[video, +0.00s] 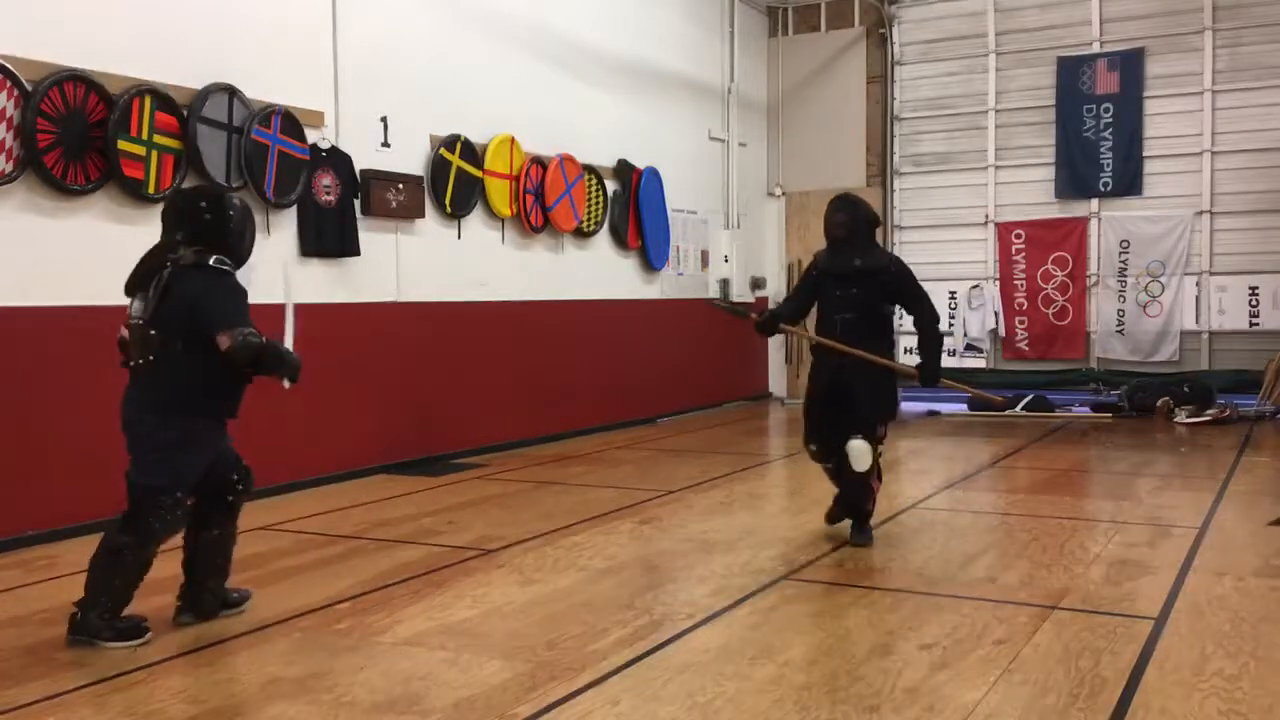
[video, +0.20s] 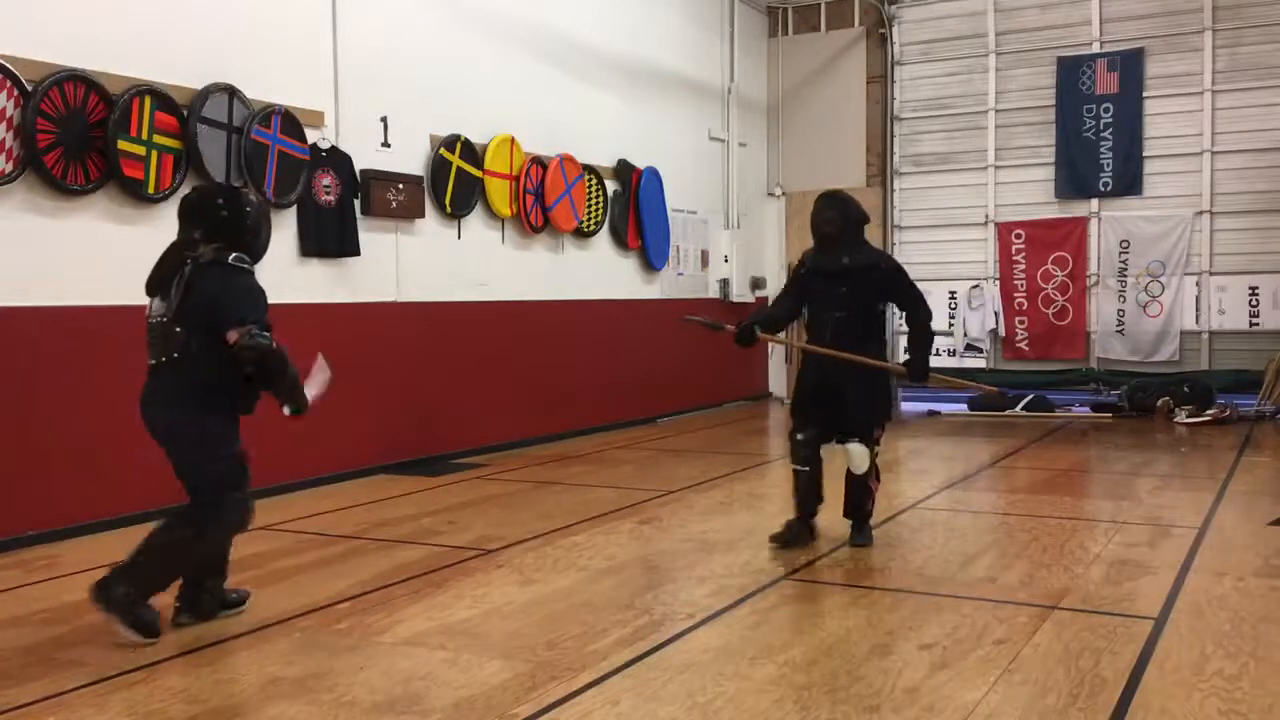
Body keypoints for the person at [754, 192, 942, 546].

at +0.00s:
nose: (831, 222)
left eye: (839, 215)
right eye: (830, 216)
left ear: (859, 221)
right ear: (827, 221)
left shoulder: (886, 266)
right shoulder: (823, 263)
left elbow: (925, 313)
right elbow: (799, 300)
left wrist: (929, 363)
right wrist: (774, 317)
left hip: (871, 366)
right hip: (827, 365)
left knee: (861, 443)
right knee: (819, 443)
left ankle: (861, 521)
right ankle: (850, 490)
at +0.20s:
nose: (823, 226)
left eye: (830, 218)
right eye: (819, 219)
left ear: (848, 221)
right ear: (813, 222)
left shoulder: (877, 265)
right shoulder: (810, 265)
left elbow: (917, 310)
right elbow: (787, 305)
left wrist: (918, 359)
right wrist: (757, 324)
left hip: (863, 370)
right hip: (817, 368)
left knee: (859, 446)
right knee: (803, 441)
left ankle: (860, 523)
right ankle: (804, 521)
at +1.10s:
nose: (806, 243)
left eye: (813, 236)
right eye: (800, 236)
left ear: (831, 237)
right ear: (792, 240)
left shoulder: (860, 278)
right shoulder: (788, 280)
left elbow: (907, 318)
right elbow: (765, 326)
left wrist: (925, 365)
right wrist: (738, 360)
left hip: (849, 388)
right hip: (798, 388)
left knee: (855, 467)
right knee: (784, 459)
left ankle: (857, 533)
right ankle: (765, 539)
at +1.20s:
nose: (796, 244)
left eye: (804, 236)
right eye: (790, 237)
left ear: (823, 237)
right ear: (781, 240)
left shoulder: (851, 277)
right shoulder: (778, 280)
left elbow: (894, 317)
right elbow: (754, 323)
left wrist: (910, 365)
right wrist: (729, 359)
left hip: (841, 388)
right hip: (789, 388)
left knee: (850, 467)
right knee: (777, 463)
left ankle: (857, 532)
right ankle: (762, 550)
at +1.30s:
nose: (783, 241)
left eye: (791, 233)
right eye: (777, 233)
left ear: (810, 234)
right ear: (768, 237)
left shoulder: (837, 276)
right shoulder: (764, 278)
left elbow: (880, 317)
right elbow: (741, 324)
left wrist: (896, 366)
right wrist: (718, 358)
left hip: (828, 387)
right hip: (776, 387)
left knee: (843, 468)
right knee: (768, 469)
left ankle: (856, 530)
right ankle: (758, 558)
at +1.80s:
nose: (770, 242)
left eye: (779, 235)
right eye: (762, 234)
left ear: (796, 239)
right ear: (752, 240)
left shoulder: (819, 284)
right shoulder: (742, 285)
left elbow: (858, 330)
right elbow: (723, 331)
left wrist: (882, 378)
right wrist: (708, 369)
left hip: (807, 398)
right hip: (753, 397)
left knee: (824, 492)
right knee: (747, 483)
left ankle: (809, 548)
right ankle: (737, 568)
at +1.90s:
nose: (772, 240)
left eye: (781, 232)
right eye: (764, 232)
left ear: (799, 236)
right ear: (754, 238)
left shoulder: (821, 282)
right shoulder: (745, 283)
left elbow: (861, 327)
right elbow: (726, 328)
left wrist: (885, 378)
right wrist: (714, 365)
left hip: (812, 398)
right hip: (759, 396)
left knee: (828, 493)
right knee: (754, 479)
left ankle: (808, 549)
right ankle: (739, 566)